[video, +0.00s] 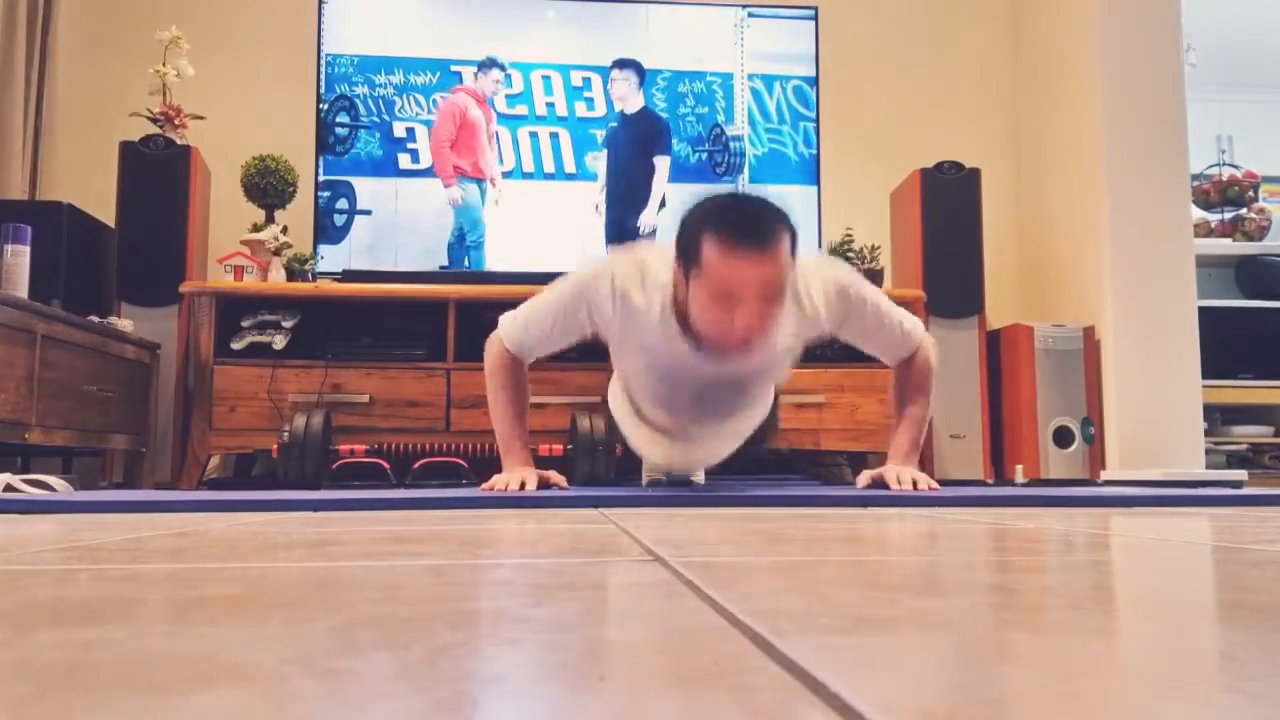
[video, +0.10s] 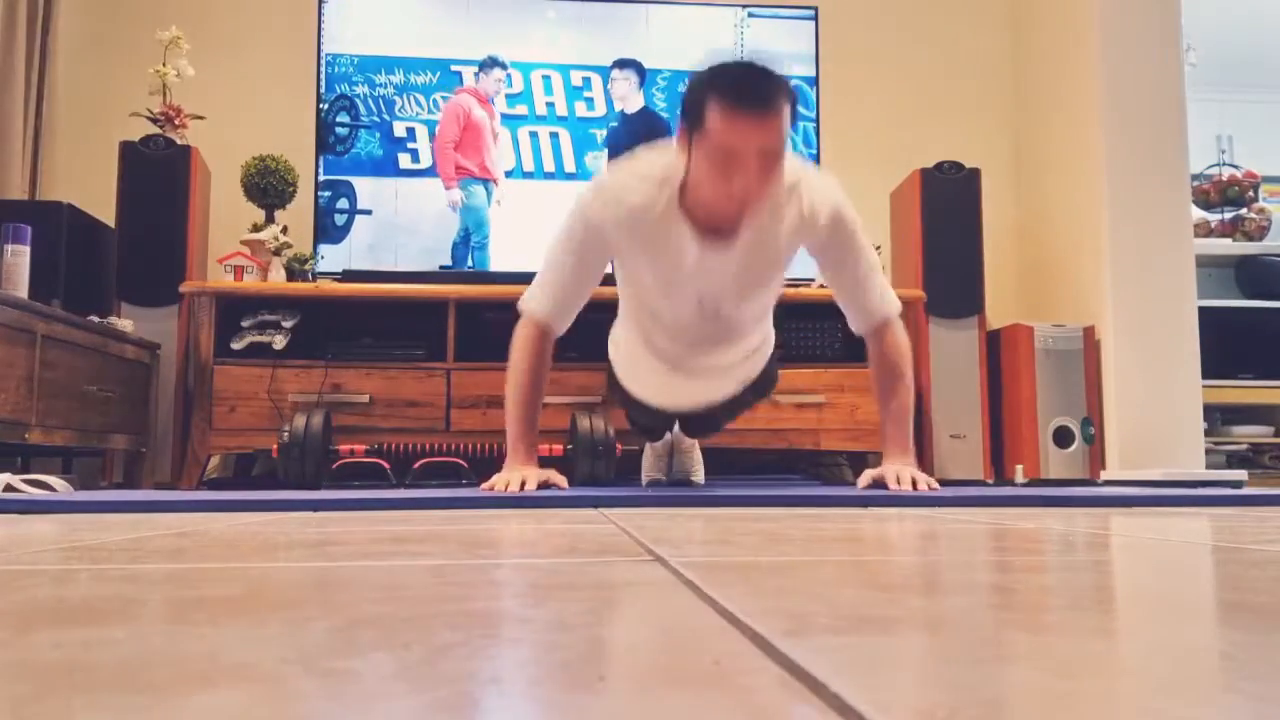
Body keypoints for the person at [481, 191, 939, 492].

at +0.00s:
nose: (745, 321)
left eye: (764, 299)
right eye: (725, 299)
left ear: (787, 282)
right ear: (684, 278)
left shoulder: (819, 289)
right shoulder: (619, 285)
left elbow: (915, 350)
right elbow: (504, 347)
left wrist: (901, 461)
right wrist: (516, 464)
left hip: (744, 432)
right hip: (641, 434)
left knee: (744, 557)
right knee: (636, 557)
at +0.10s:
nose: (745, 183)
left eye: (765, 161)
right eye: (726, 160)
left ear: (785, 153)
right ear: (686, 143)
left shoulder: (811, 200)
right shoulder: (619, 196)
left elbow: (884, 326)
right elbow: (537, 322)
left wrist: (899, 456)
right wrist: (519, 460)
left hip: (740, 376)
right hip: (643, 376)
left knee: (706, 421)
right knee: (652, 422)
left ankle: (685, 440)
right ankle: (656, 446)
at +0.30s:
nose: (755, 199)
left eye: (772, 175)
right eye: (734, 176)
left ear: (795, 162)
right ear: (692, 161)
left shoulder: (829, 215)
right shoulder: (624, 213)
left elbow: (918, 332)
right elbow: (512, 332)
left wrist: (970, 459)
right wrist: (456, 458)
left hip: (746, 382)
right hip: (645, 376)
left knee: (709, 426)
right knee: (645, 424)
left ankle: (678, 447)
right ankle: (646, 449)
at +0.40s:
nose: (753, 264)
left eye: (776, 241)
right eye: (734, 238)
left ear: (801, 223)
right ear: (697, 213)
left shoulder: (841, 260)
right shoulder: (624, 255)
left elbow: (947, 335)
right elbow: (487, 335)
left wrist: (972, 458)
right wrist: (454, 458)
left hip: (754, 423)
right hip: (640, 418)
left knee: (755, 558)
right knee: (635, 558)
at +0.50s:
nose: (761, 362)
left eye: (782, 341)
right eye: (742, 339)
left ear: (810, 318)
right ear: (701, 311)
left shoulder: (841, 314)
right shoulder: (633, 311)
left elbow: (955, 340)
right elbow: (485, 337)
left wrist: (973, 460)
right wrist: (453, 459)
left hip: (745, 461)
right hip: (629, 455)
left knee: (742, 579)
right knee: (611, 571)